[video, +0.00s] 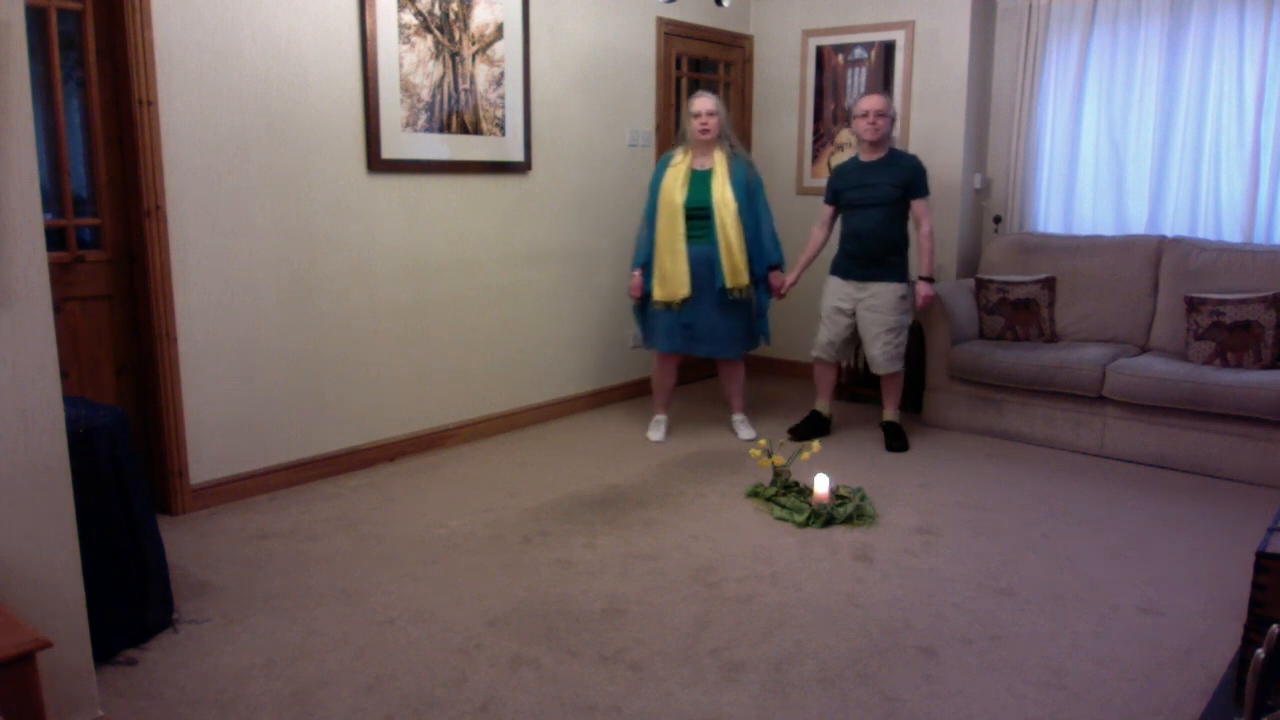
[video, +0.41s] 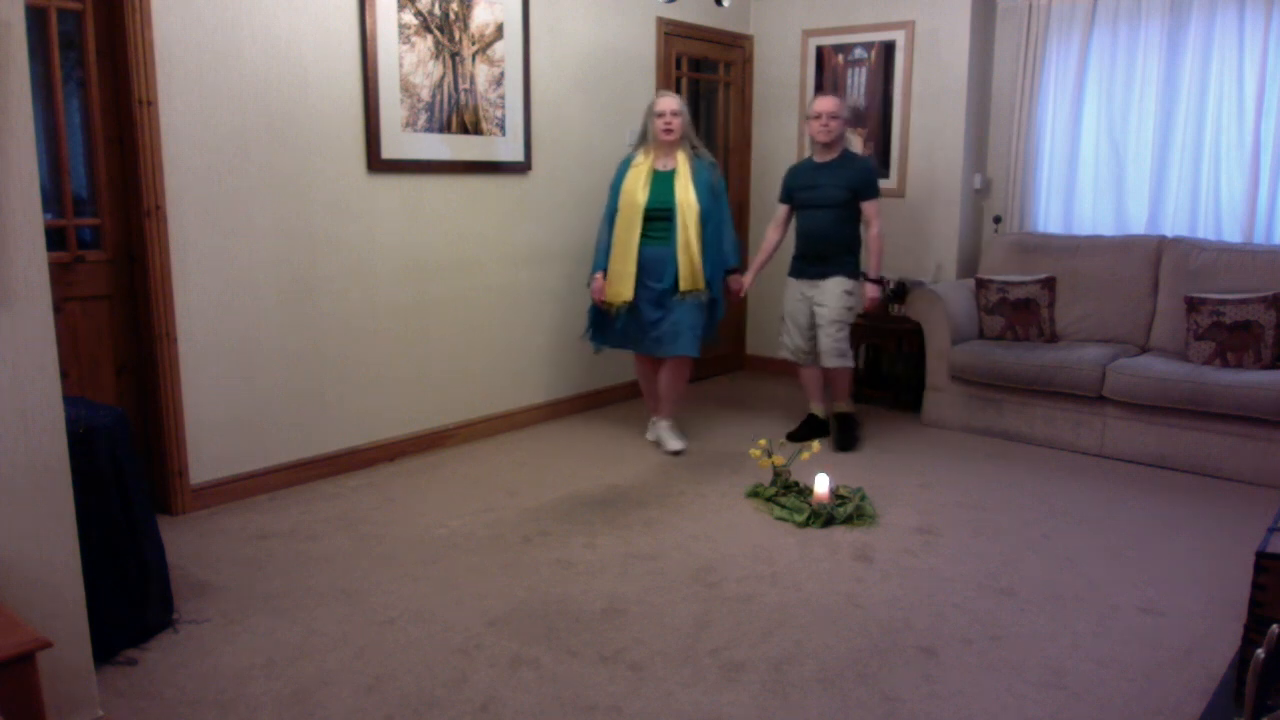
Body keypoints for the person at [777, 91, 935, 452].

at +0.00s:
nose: (872, 121)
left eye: (880, 115)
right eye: (864, 116)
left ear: (892, 122)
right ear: (853, 124)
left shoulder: (908, 167)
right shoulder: (841, 173)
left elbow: (923, 223)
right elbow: (822, 228)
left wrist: (925, 277)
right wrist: (794, 273)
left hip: (888, 282)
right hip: (843, 279)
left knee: (887, 357)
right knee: (825, 348)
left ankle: (891, 420)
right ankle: (820, 414)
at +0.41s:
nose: (824, 124)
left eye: (832, 118)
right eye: (817, 118)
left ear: (845, 125)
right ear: (807, 124)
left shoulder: (860, 170)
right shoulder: (796, 173)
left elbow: (873, 225)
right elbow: (777, 228)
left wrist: (873, 279)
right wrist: (750, 273)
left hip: (840, 277)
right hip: (800, 276)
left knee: (832, 347)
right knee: (803, 350)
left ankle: (842, 414)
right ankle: (815, 416)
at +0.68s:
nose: (800, 123)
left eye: (808, 117)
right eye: (793, 117)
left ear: (822, 125)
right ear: (783, 124)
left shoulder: (837, 169)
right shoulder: (774, 176)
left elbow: (852, 224)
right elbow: (756, 232)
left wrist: (852, 278)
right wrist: (733, 277)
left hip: (820, 278)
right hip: (782, 278)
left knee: (792, 351)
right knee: (794, 352)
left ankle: (767, 425)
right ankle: (818, 416)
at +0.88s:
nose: (787, 124)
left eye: (796, 118)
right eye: (781, 118)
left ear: (808, 126)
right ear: (770, 124)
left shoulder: (822, 173)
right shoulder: (757, 177)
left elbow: (836, 231)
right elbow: (739, 232)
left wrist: (835, 286)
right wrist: (720, 277)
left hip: (800, 283)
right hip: (762, 283)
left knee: (780, 359)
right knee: (775, 357)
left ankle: (763, 431)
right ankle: (809, 409)